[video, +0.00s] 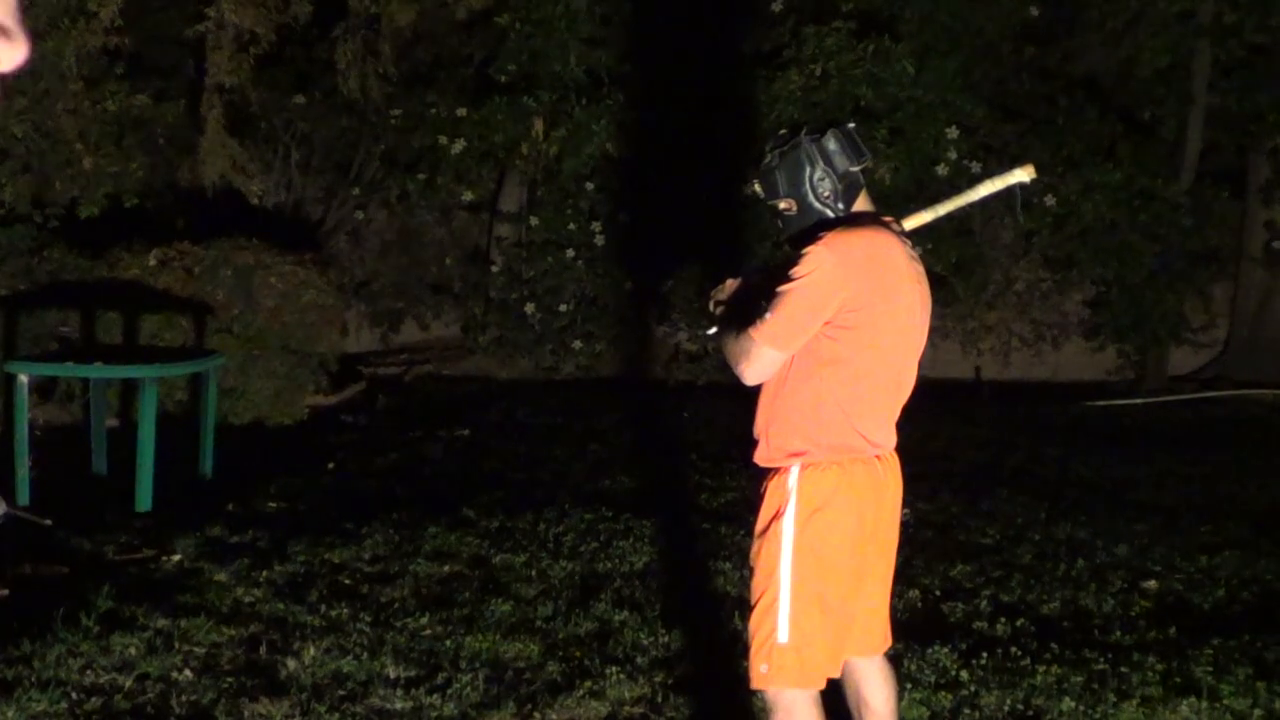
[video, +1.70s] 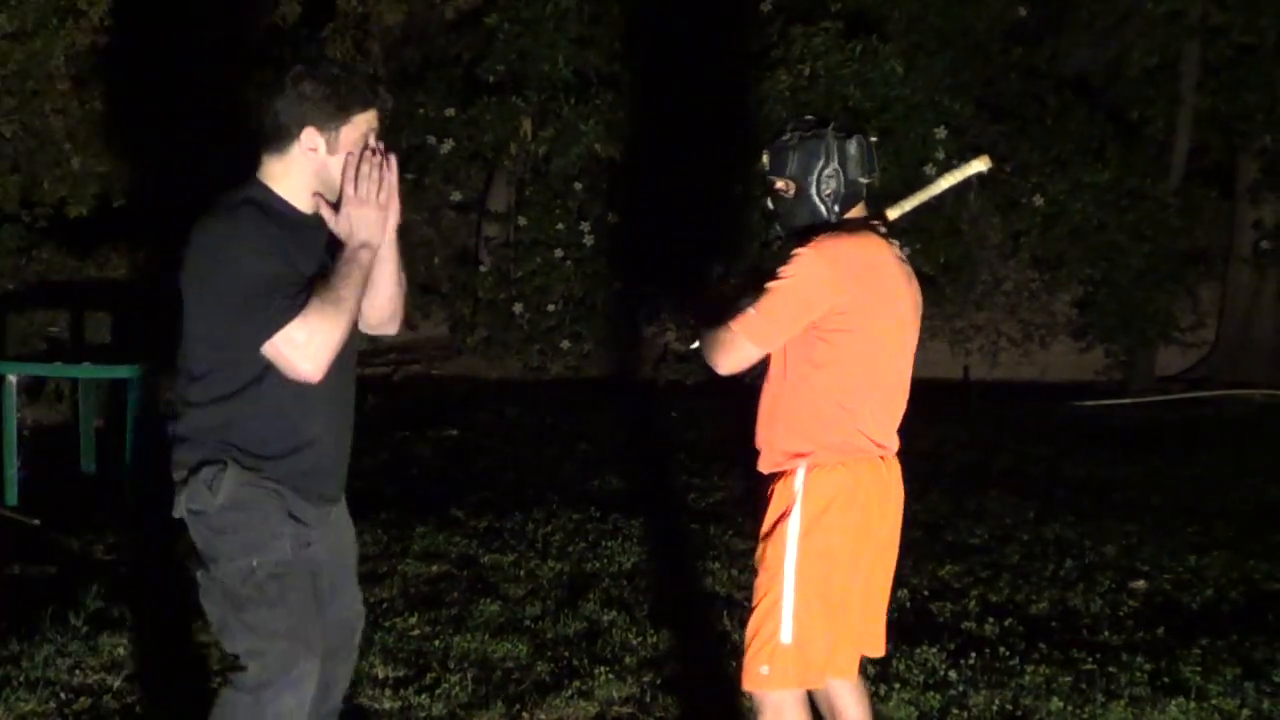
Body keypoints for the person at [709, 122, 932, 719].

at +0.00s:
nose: (782, 215)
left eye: (785, 201)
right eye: (779, 202)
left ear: (810, 195)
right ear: (851, 184)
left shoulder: (835, 257)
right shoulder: (905, 262)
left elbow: (752, 363)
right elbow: (833, 343)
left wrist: (728, 314)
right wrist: (766, 298)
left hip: (813, 483)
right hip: (874, 479)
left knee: (785, 677)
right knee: (863, 652)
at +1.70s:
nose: (777, 198)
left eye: (786, 184)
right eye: (776, 183)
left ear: (821, 185)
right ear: (850, 186)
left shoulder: (825, 261)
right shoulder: (895, 268)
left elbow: (728, 354)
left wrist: (705, 329)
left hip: (818, 487)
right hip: (873, 485)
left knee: (773, 680)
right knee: (835, 670)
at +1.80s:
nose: (774, 198)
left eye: (781, 186)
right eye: (774, 185)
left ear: (812, 190)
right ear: (853, 192)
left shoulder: (799, 263)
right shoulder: (903, 276)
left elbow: (699, 330)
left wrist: (756, 281)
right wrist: (875, 250)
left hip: (815, 492)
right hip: (878, 488)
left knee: (755, 679)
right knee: (832, 673)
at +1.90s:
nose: (764, 201)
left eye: (770, 191)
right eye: (765, 189)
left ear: (791, 199)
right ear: (846, 197)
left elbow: (697, 309)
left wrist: (765, 277)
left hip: (804, 500)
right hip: (871, 494)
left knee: (727, 679)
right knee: (819, 665)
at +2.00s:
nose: (747, 202)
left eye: (753, 192)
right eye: (750, 190)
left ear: (773, 202)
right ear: (828, 200)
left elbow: (694, 322)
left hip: (789, 502)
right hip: (854, 496)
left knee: (696, 676)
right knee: (808, 663)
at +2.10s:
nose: (721, 202)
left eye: (728, 191)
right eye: (726, 190)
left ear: (747, 204)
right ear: (805, 205)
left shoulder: (751, 279)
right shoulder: (842, 280)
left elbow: (661, 351)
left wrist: (643, 315)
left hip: (772, 505)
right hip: (830, 499)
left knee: (669, 676)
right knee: (808, 675)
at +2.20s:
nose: (693, 211)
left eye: (700, 199)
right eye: (695, 197)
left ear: (727, 207)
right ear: (771, 206)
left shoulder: (748, 290)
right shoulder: (799, 283)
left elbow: (642, 384)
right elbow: (684, 344)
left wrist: (593, 338)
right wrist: (618, 305)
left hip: (756, 513)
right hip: (804, 504)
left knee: (649, 678)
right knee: (787, 680)